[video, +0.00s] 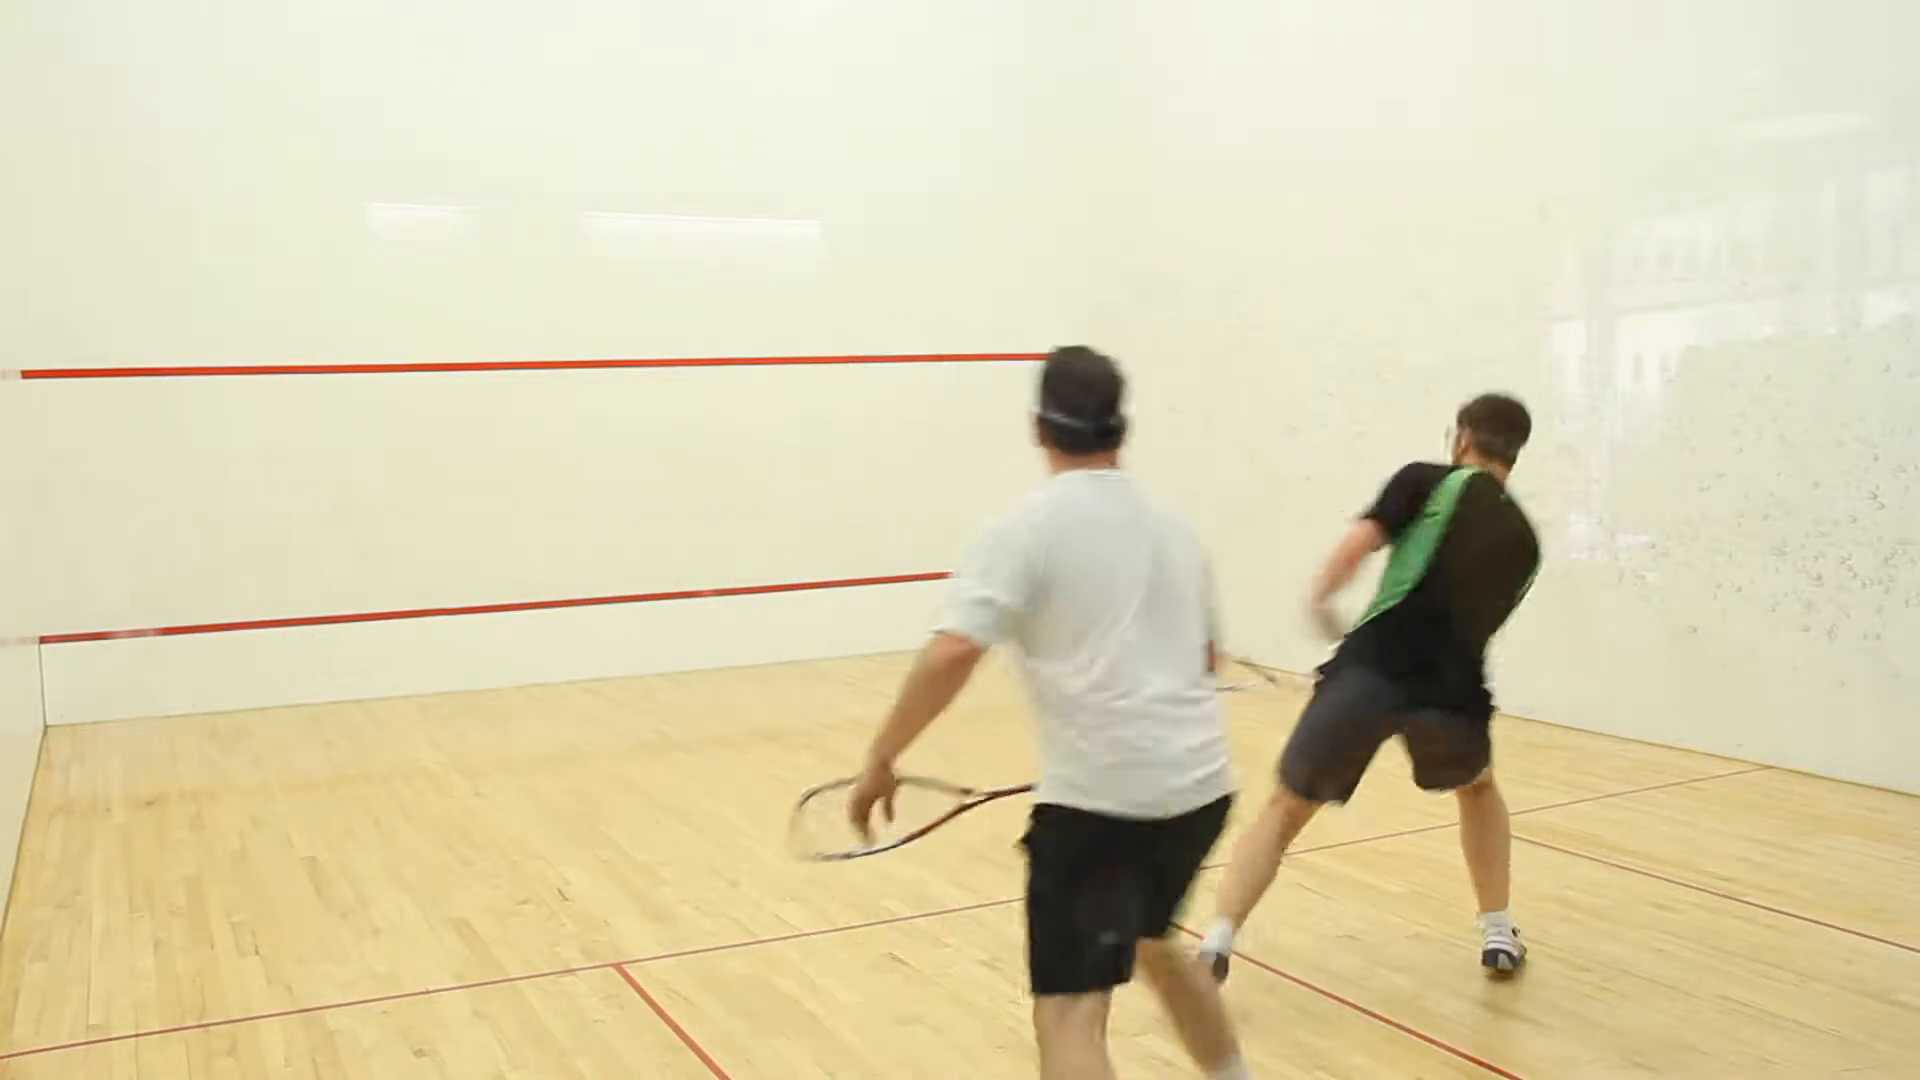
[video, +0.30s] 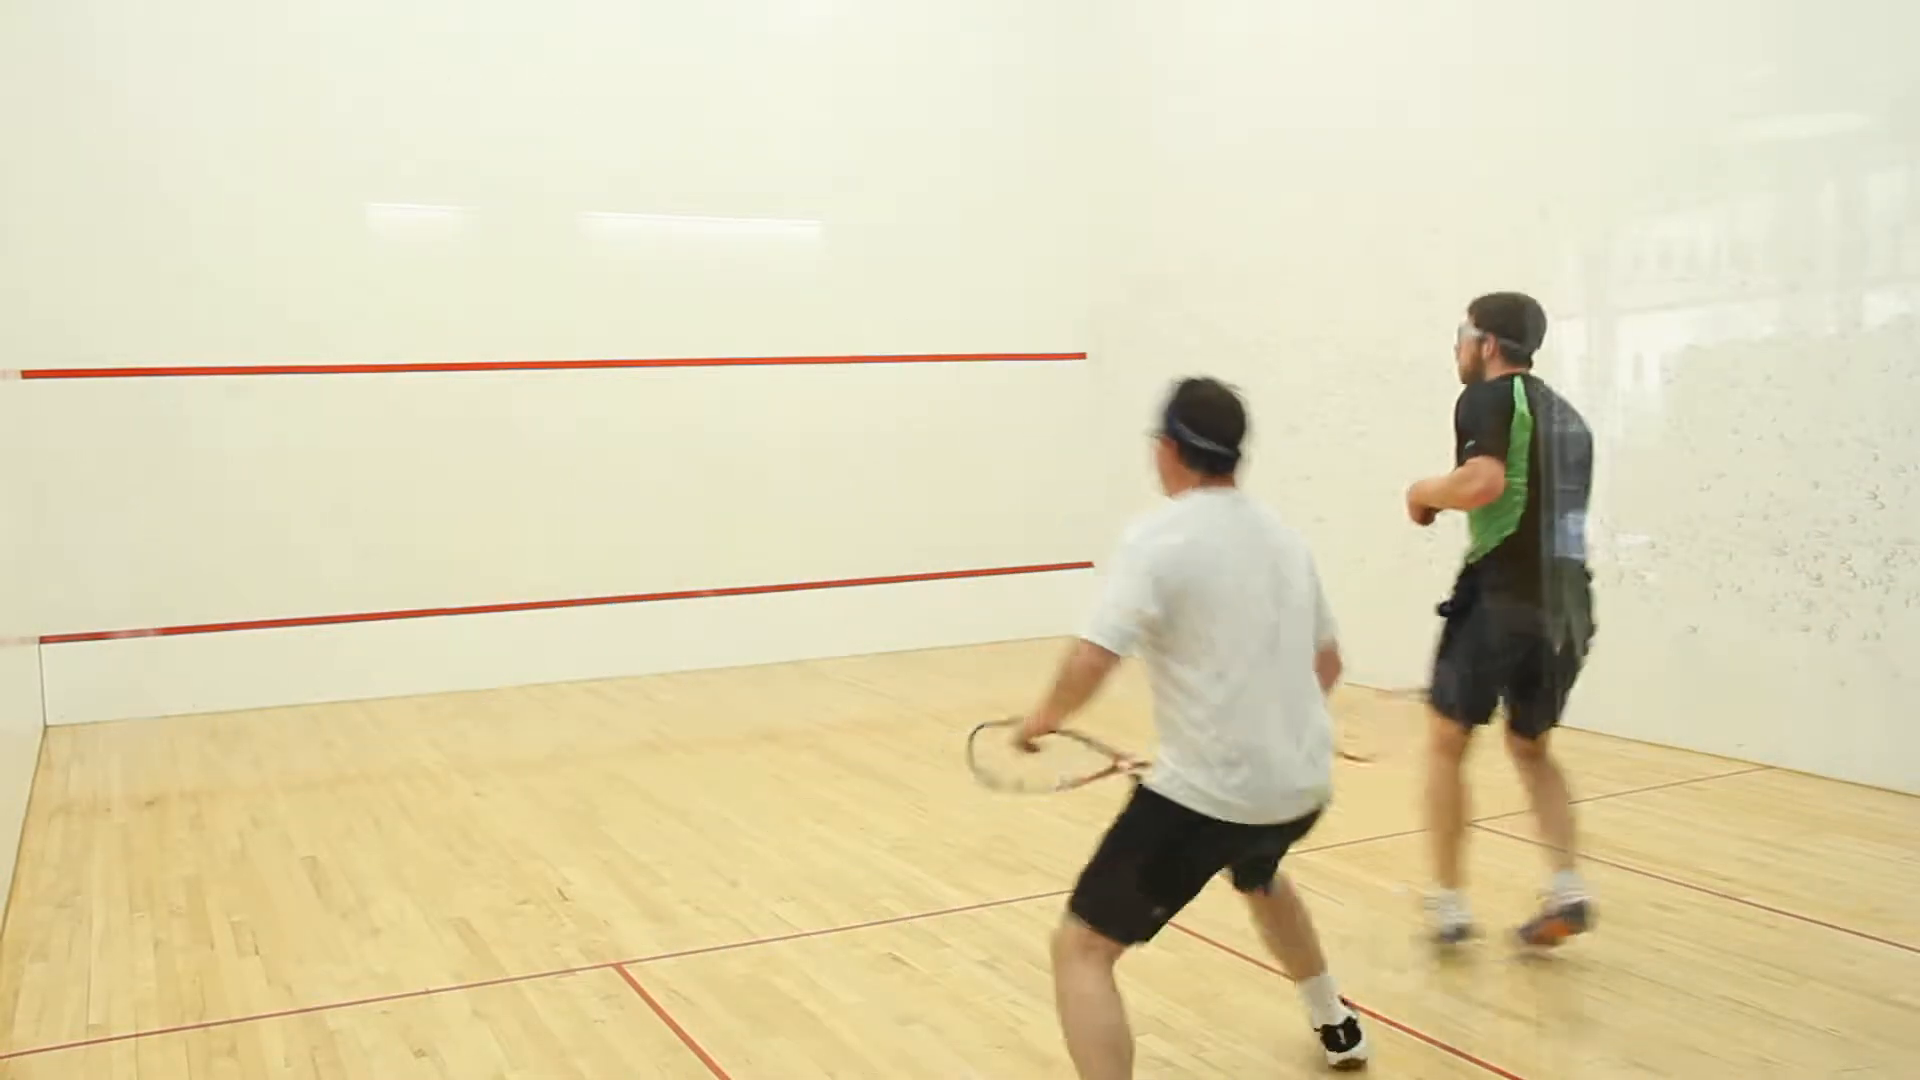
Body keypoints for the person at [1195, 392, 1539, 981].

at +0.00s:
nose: (1452, 447)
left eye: (1454, 438)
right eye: (1457, 440)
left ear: (1462, 439)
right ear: (1516, 458)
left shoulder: (1425, 480)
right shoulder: (1526, 542)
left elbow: (1357, 544)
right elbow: (1479, 621)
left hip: (1370, 676)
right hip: (1451, 696)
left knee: (1287, 807)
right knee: (1477, 789)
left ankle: (1217, 941)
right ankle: (1498, 933)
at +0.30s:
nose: (1457, 351)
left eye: (1463, 339)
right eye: (1461, 338)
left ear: (1488, 345)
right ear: (1525, 349)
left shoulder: (1489, 397)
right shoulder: (1568, 415)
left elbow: (1486, 479)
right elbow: (1562, 507)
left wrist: (1426, 495)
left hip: (1497, 603)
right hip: (1566, 609)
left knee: (1447, 743)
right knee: (1530, 743)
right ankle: (1567, 890)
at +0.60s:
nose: (1506, 392)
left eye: (1516, 379)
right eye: (1510, 379)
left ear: (1548, 387)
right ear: (1567, 387)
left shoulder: (1569, 448)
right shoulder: (1620, 448)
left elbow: (1595, 558)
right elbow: (1644, 561)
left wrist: (1557, 636)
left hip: (1613, 650)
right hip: (1673, 648)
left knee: (1529, 755)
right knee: (1703, 781)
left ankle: (1521, 907)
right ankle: (1809, 917)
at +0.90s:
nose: (1642, 358)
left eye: (1643, 348)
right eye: (1645, 347)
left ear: (1656, 347)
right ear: (1704, 343)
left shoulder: (1657, 418)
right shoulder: (1758, 412)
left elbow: (1683, 518)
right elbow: (1817, 505)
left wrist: (1666, 621)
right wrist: (1823, 594)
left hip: (1717, 631)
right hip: (1782, 622)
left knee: (1690, 778)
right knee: (1771, 768)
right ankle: (1814, 915)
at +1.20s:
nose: (1670, 355)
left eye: (1670, 345)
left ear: (1674, 345)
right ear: (1732, 342)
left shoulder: (1657, 414)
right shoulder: (1794, 413)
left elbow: (1641, 523)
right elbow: (1847, 512)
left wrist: (1629, 601)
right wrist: (1842, 601)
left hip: (1720, 624)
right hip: (1797, 615)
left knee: (1713, 782)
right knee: (1789, 768)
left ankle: (1819, 909)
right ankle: (1857, 917)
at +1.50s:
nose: (1601, 368)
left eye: (1603, 357)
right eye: (1614, 356)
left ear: (1608, 358)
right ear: (1665, 357)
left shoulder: (1590, 427)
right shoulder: (1710, 432)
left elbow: (1580, 517)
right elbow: (1760, 537)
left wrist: (1547, 593)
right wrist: (1716, 596)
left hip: (1642, 630)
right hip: (1716, 629)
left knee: (1543, 767)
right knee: (1704, 759)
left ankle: (1595, 941)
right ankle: (1813, 894)